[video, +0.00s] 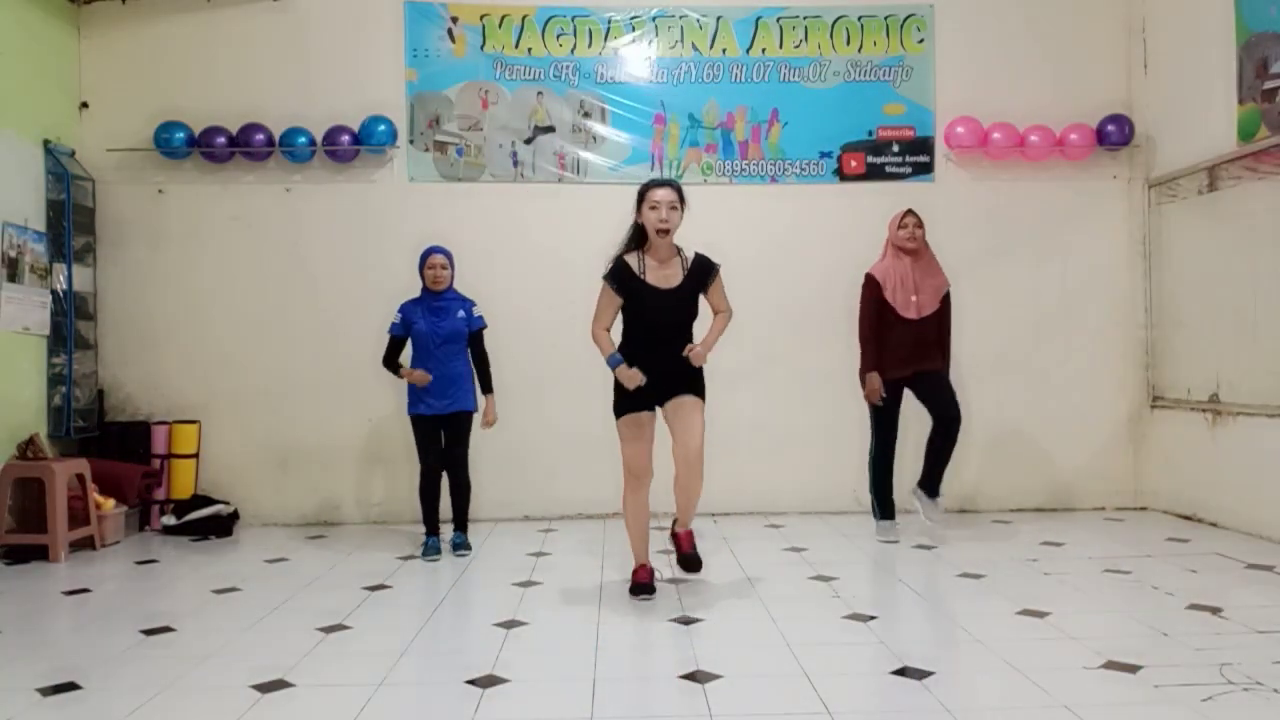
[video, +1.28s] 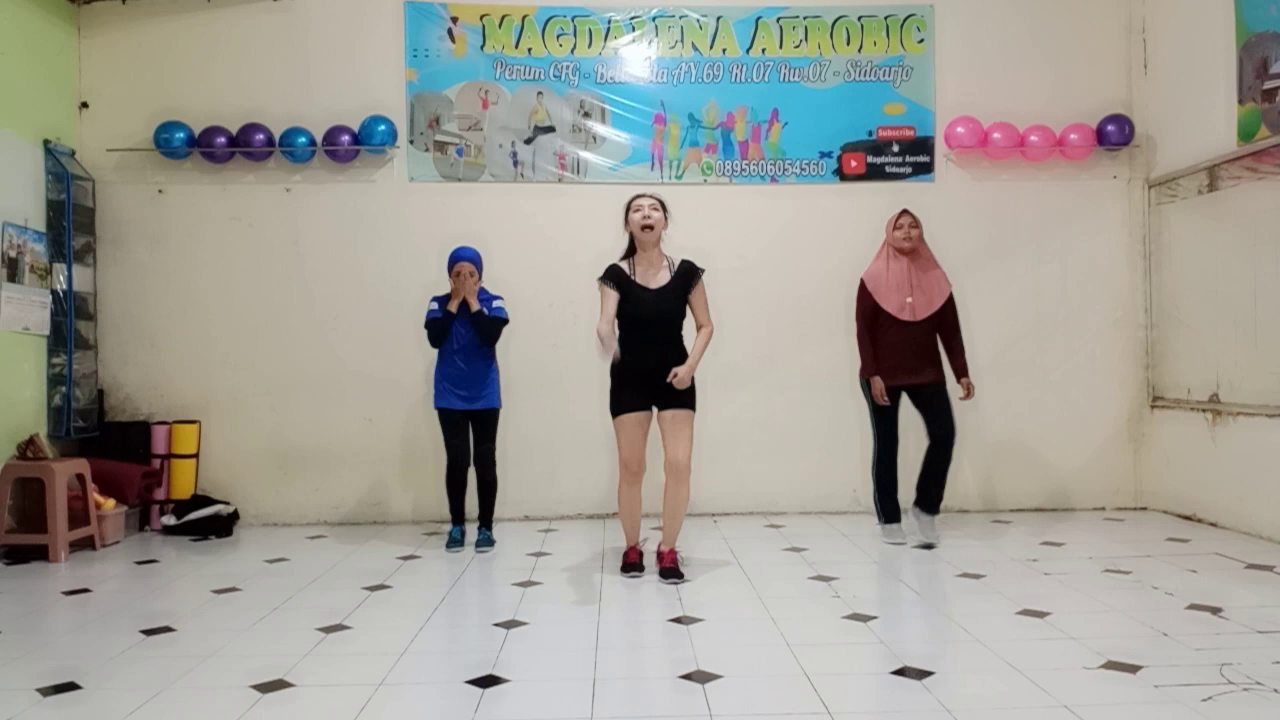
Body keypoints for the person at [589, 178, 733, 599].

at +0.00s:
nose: (664, 215)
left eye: (672, 208)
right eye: (654, 207)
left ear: (681, 215)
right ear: (640, 214)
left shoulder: (699, 267)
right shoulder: (625, 269)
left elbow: (723, 311)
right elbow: (599, 328)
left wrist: (705, 346)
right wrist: (619, 367)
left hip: (681, 371)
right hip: (635, 373)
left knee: (692, 457)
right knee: (638, 473)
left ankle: (683, 529)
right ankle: (641, 564)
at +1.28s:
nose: (647, 215)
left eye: (654, 210)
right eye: (638, 210)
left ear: (665, 223)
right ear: (627, 225)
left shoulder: (685, 272)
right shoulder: (616, 274)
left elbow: (705, 327)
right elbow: (606, 323)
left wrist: (689, 367)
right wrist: (609, 345)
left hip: (674, 375)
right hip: (629, 375)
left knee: (678, 466)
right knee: (632, 468)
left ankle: (668, 549)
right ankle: (632, 547)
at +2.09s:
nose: (655, 219)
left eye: (662, 213)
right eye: (647, 215)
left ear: (674, 225)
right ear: (637, 228)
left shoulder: (688, 271)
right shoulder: (628, 266)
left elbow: (694, 323)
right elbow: (624, 274)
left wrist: (689, 277)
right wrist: (638, 250)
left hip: (675, 367)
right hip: (633, 369)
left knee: (689, 446)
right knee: (639, 461)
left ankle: (680, 520)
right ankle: (644, 544)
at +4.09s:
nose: (657, 221)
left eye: (665, 216)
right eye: (649, 216)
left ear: (676, 228)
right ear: (638, 229)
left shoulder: (695, 277)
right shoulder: (626, 281)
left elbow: (703, 331)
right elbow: (619, 337)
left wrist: (695, 378)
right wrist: (622, 388)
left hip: (687, 381)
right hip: (641, 383)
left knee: (686, 472)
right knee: (645, 473)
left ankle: (679, 551)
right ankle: (645, 552)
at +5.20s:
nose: (656, 217)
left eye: (664, 211)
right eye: (648, 213)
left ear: (676, 222)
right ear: (639, 225)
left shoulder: (690, 265)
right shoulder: (631, 263)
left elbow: (718, 290)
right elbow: (618, 280)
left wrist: (685, 249)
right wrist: (639, 260)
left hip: (683, 368)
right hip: (639, 368)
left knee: (681, 462)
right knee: (632, 457)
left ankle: (677, 550)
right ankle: (641, 544)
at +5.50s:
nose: (658, 217)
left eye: (666, 212)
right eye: (651, 212)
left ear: (677, 225)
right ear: (639, 225)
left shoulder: (691, 268)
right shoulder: (627, 268)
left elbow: (705, 265)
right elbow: (617, 280)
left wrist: (682, 247)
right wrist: (636, 265)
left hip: (685, 371)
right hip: (641, 372)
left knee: (686, 466)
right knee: (644, 467)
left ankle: (678, 551)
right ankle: (643, 549)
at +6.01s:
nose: (640, 219)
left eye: (648, 213)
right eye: (640, 213)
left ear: (672, 221)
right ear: (643, 222)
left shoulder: (693, 263)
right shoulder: (631, 263)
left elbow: (710, 210)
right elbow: (610, 216)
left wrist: (681, 158)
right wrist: (629, 161)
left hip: (685, 368)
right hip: (642, 367)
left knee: (684, 463)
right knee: (640, 440)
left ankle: (678, 546)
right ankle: (644, 513)